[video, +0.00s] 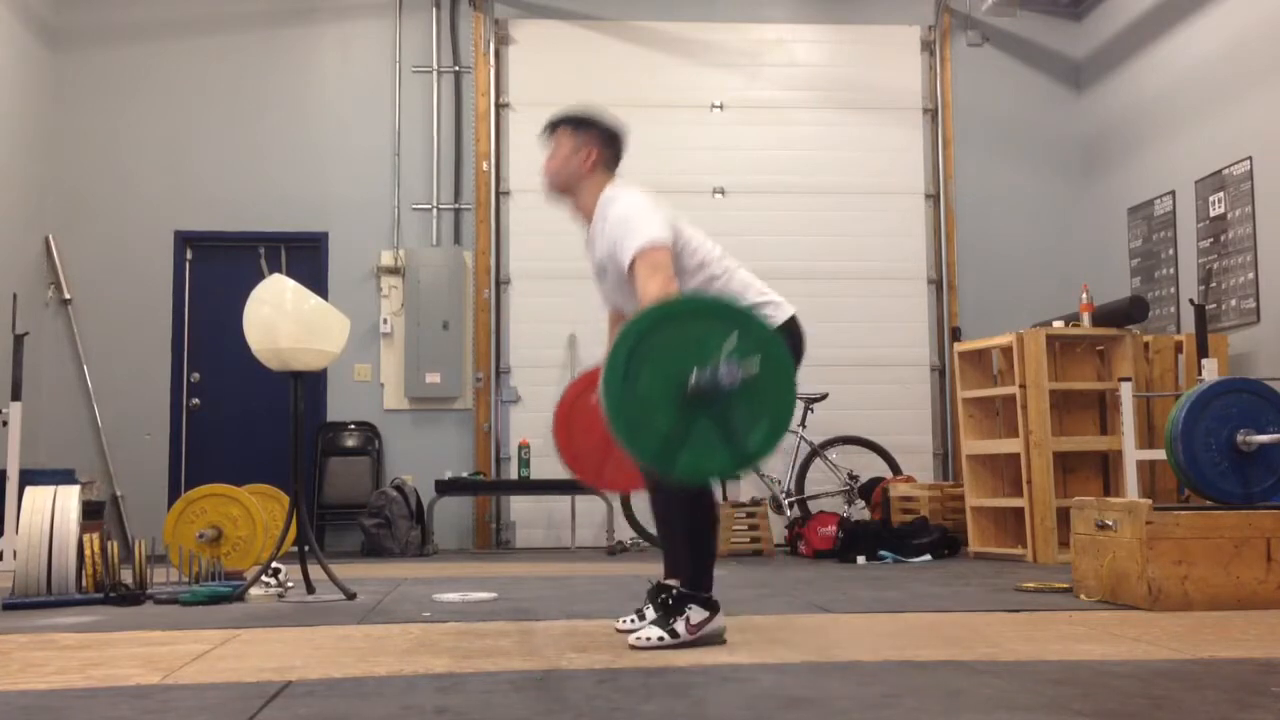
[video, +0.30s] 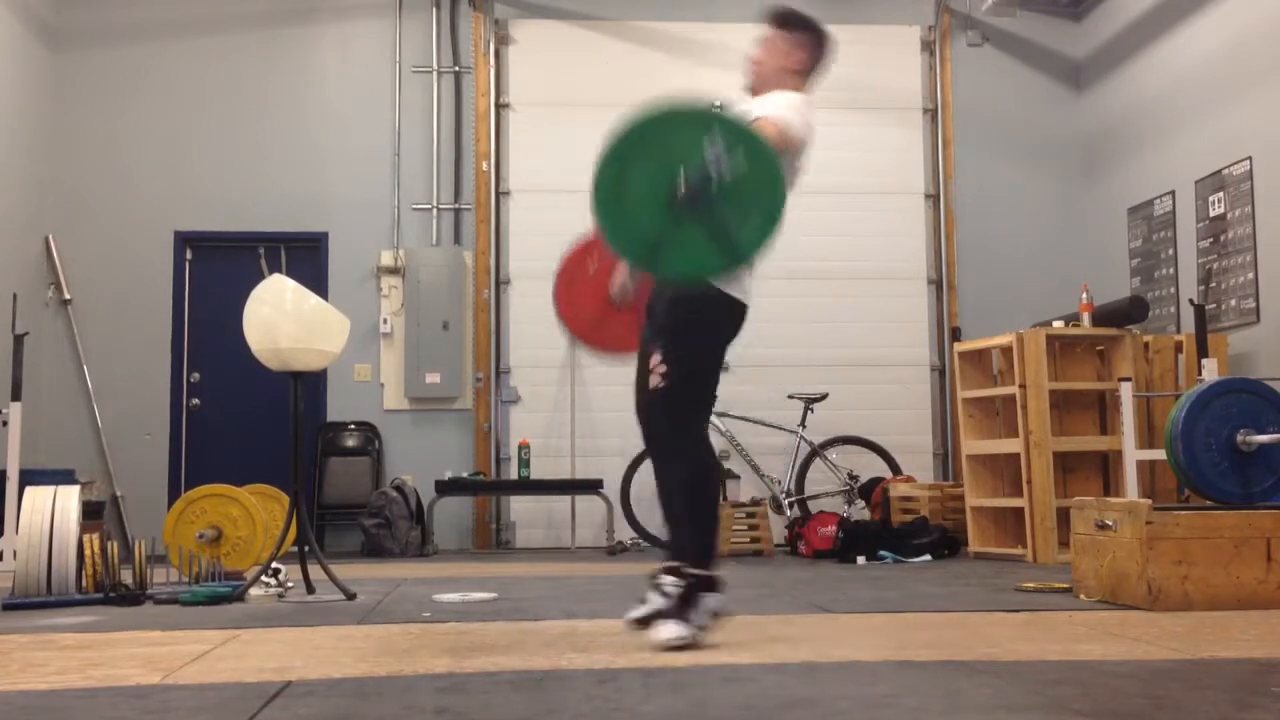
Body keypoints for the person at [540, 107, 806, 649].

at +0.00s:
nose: (546, 159)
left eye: (556, 146)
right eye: (549, 148)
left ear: (590, 154)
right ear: (586, 157)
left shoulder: (627, 209)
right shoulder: (600, 230)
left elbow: (661, 291)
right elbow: (620, 318)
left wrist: (649, 380)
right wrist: (615, 395)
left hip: (761, 333)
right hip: (727, 339)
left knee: (684, 455)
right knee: (660, 452)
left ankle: (697, 604)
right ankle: (676, 592)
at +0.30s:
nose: (755, 49)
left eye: (769, 40)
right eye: (759, 38)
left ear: (798, 55)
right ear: (782, 51)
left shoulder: (787, 110)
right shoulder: (754, 112)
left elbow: (719, 184)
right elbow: (694, 193)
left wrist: (647, 257)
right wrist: (645, 257)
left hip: (710, 285)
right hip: (686, 282)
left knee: (676, 423)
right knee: (663, 423)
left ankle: (695, 583)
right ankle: (684, 572)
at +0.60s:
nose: (656, 263)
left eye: (668, 250)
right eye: (659, 250)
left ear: (701, 258)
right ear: (688, 262)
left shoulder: (728, 312)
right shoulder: (698, 323)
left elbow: (737, 242)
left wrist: (733, 165)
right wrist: (678, 216)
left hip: (788, 503)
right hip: (738, 496)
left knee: (693, 491)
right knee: (641, 496)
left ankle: (773, 609)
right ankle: (726, 592)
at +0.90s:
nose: (634, 327)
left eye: (639, 312)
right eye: (633, 314)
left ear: (674, 314)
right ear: (674, 315)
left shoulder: (724, 354)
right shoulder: (689, 367)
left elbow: (737, 283)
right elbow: (704, 303)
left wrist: (754, 204)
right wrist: (697, 255)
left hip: (793, 534)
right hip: (751, 529)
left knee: (678, 492)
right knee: (642, 494)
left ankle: (771, 608)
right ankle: (729, 595)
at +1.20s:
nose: (633, 301)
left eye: (639, 286)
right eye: (632, 288)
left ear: (675, 286)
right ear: (674, 289)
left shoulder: (727, 326)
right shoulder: (687, 343)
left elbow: (744, 249)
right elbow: (704, 287)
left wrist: (767, 163)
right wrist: (701, 235)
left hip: (803, 505)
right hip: (748, 503)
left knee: (697, 483)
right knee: (649, 487)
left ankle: (773, 608)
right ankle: (730, 593)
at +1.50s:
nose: (635, 321)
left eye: (641, 307)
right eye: (634, 309)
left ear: (677, 307)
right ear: (677, 309)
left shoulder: (726, 349)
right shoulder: (688, 364)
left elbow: (739, 275)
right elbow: (694, 307)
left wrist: (765, 188)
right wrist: (690, 257)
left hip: (794, 529)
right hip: (744, 527)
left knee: (690, 488)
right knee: (642, 495)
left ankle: (773, 607)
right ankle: (727, 594)